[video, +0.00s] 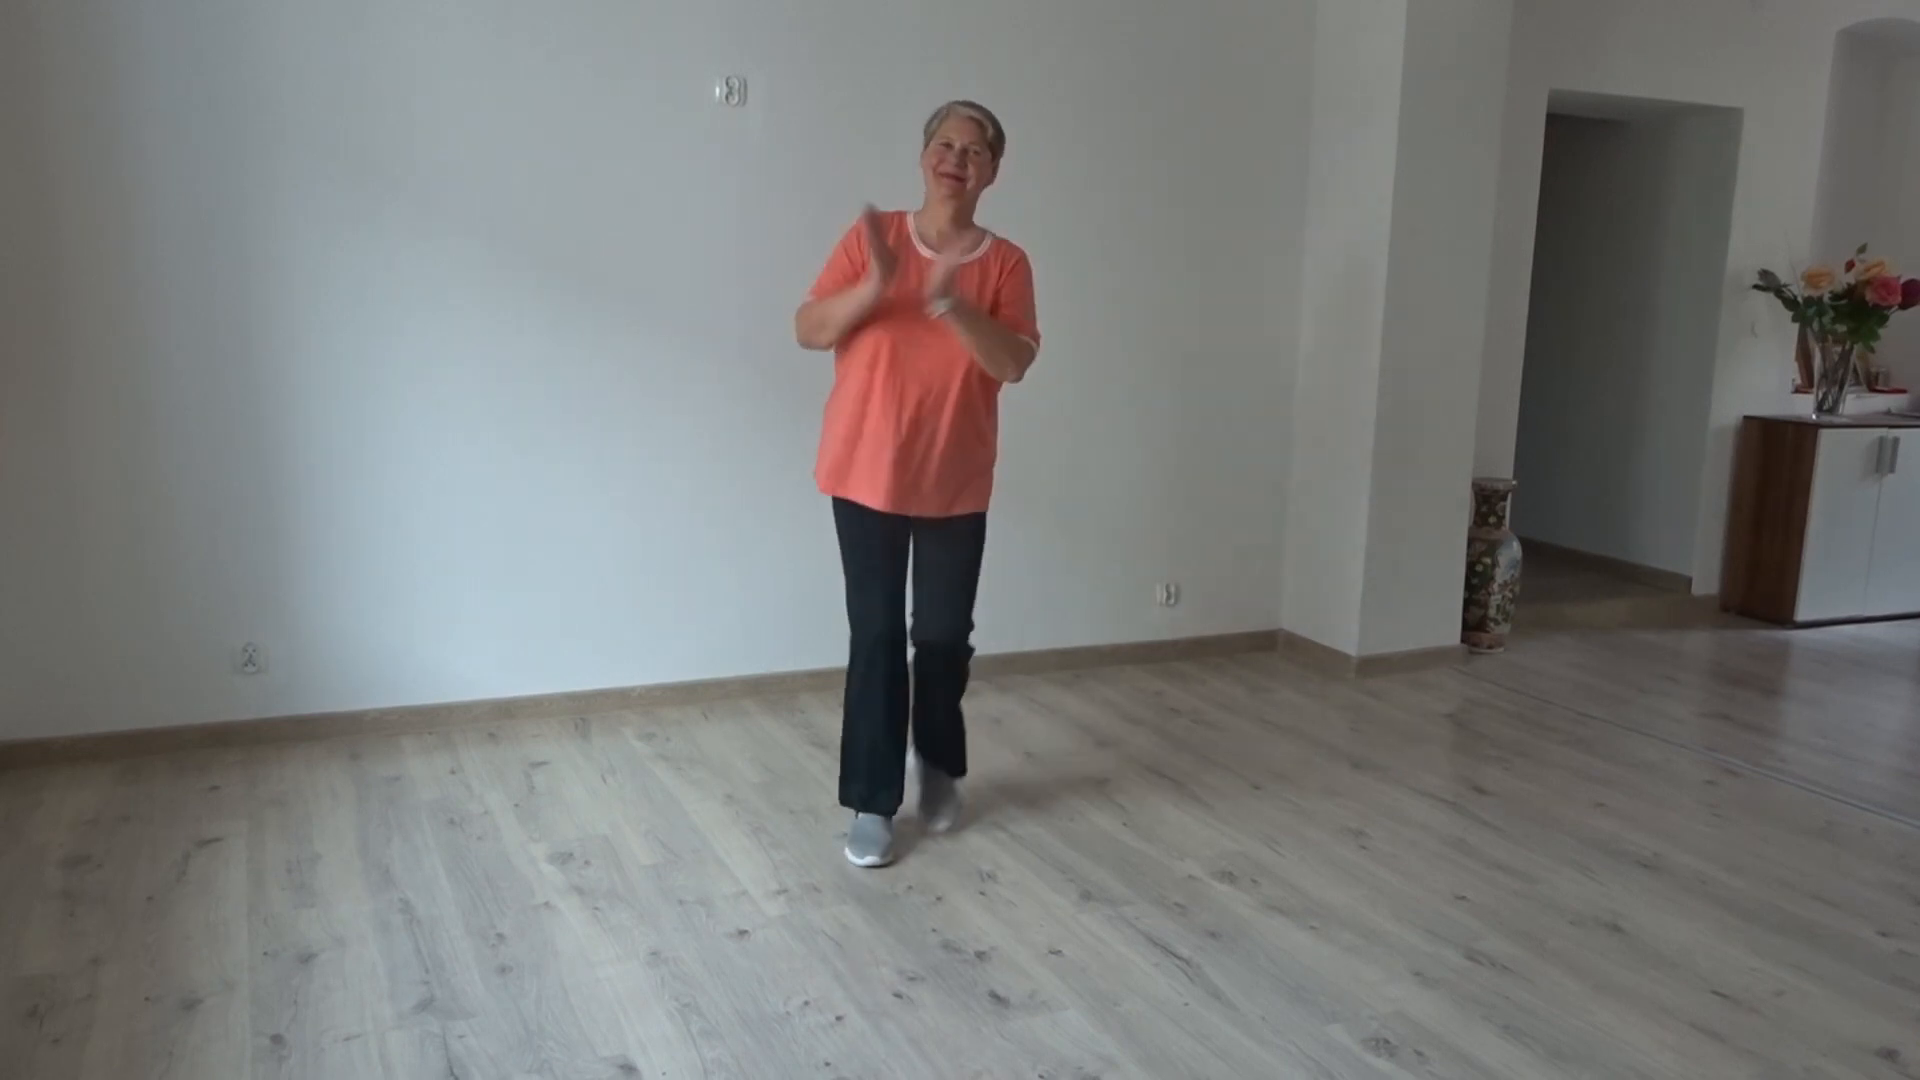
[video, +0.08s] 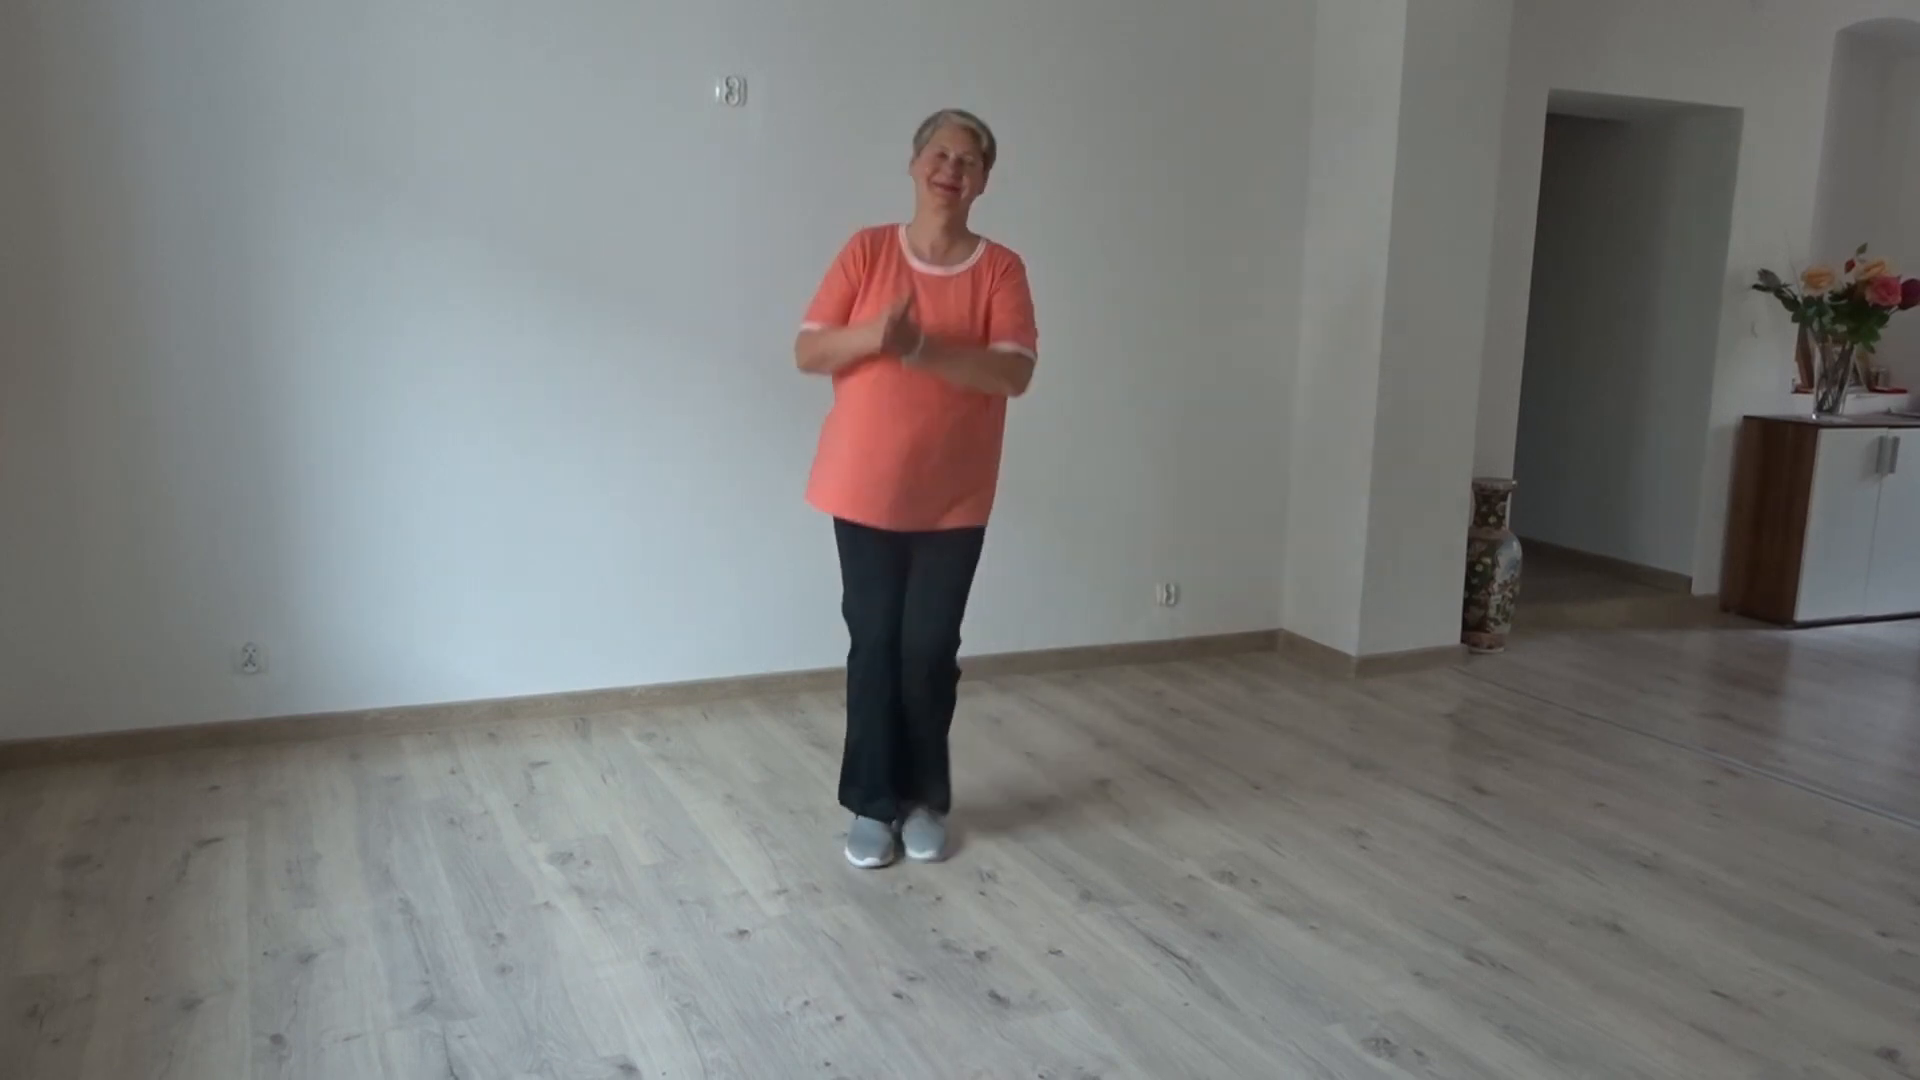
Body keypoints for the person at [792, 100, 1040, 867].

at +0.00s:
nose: (955, 159)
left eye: (973, 151)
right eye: (945, 146)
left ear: (993, 171)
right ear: (922, 156)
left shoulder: (1003, 261)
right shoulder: (874, 235)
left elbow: (1012, 364)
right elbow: (810, 328)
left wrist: (957, 307)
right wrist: (872, 290)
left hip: (955, 481)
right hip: (867, 472)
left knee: (942, 638)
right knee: (877, 639)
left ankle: (939, 766)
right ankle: (869, 804)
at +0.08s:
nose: (951, 169)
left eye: (967, 161)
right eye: (940, 155)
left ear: (983, 181)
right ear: (914, 165)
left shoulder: (1000, 268)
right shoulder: (867, 251)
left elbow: (1015, 373)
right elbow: (809, 349)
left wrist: (924, 350)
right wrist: (871, 335)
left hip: (954, 500)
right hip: (865, 494)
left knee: (930, 654)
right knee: (874, 650)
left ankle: (925, 804)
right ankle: (870, 808)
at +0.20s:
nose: (947, 176)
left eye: (961, 169)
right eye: (932, 164)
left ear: (974, 188)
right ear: (900, 177)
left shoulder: (998, 276)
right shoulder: (861, 271)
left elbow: (1030, 385)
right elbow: (804, 368)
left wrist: (940, 422)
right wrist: (835, 413)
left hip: (962, 510)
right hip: (871, 507)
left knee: (954, 669)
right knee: (877, 669)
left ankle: (926, 790)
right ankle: (869, 818)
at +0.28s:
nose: (948, 169)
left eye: (961, 160)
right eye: (932, 157)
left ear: (975, 179)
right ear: (900, 173)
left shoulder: (1005, 270)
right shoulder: (864, 269)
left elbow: (1053, 377)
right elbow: (805, 362)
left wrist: (985, 427)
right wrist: (815, 409)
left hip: (978, 498)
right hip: (880, 498)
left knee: (996, 652)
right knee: (880, 660)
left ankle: (967, 784)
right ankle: (871, 817)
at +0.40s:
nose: (956, 154)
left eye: (970, 144)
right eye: (940, 143)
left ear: (986, 163)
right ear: (910, 162)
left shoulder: (1023, 255)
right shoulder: (877, 259)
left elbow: (1090, 356)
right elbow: (817, 346)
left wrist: (1062, 371)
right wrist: (820, 364)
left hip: (1005, 482)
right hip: (902, 485)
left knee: (1050, 644)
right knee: (894, 653)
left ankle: (1064, 806)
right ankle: (871, 818)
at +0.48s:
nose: (970, 156)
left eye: (983, 145)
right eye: (954, 145)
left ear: (1001, 163)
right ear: (924, 163)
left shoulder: (1041, 256)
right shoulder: (893, 262)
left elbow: (1105, 368)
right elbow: (839, 371)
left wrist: (1104, 339)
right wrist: (847, 333)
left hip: (1024, 483)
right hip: (919, 485)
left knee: (1078, 652)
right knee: (905, 652)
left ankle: (1137, 822)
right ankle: (873, 817)